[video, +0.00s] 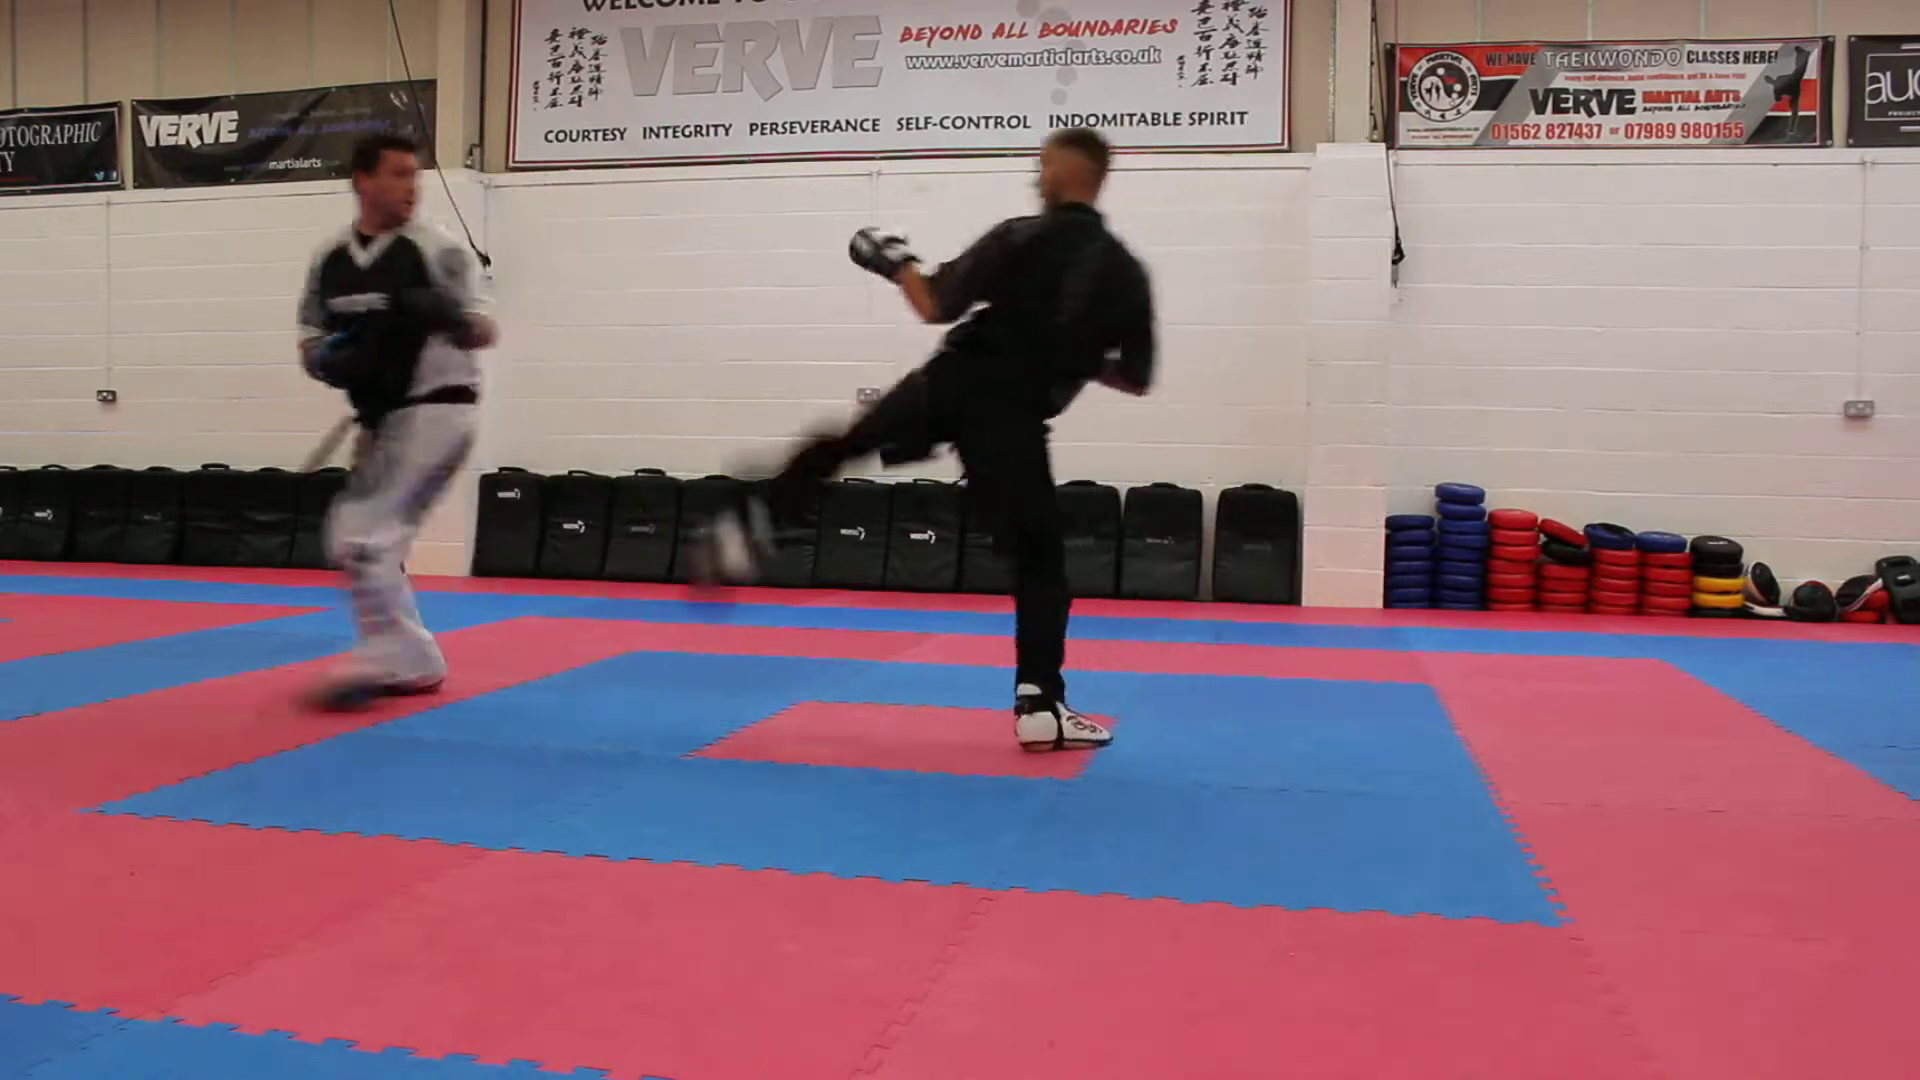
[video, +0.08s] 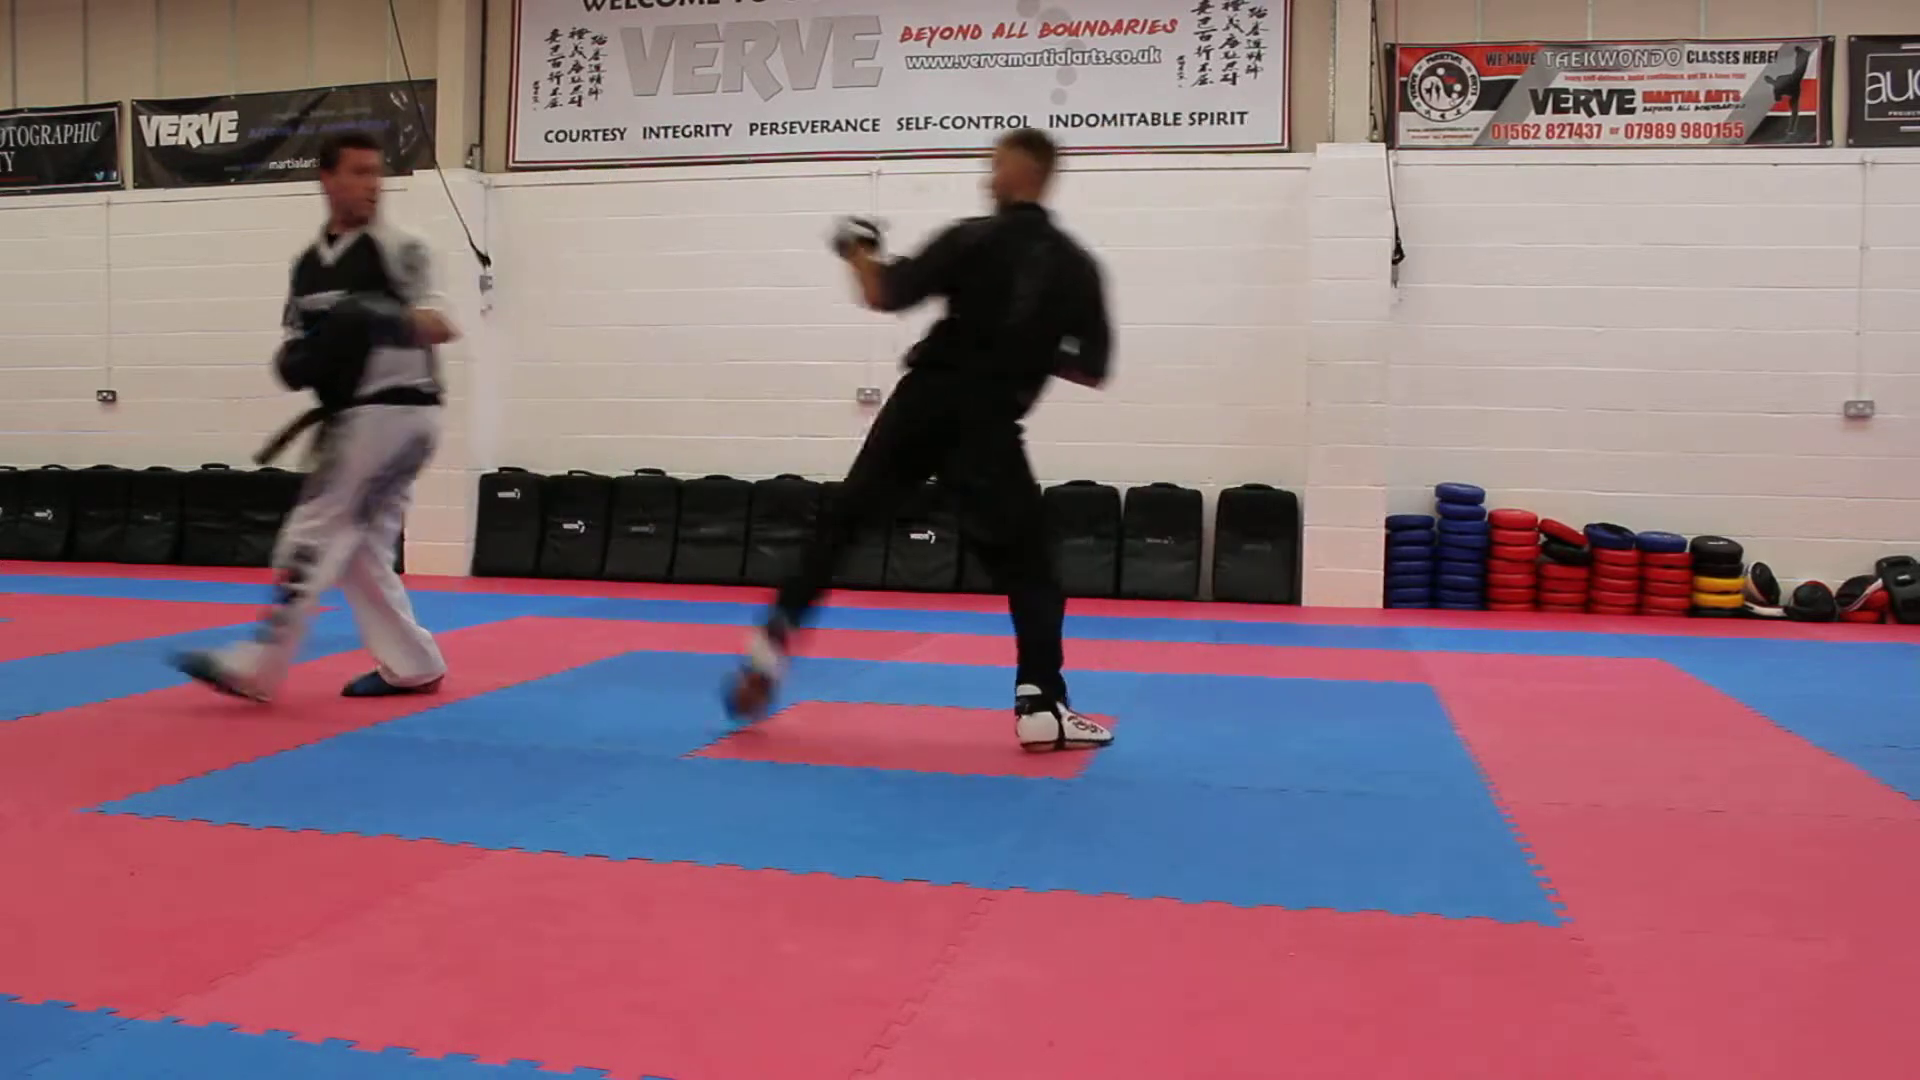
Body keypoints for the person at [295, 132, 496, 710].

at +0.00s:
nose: (411, 188)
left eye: (414, 176)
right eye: (399, 176)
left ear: (419, 180)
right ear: (362, 182)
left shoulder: (439, 250)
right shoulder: (331, 264)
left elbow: (483, 330)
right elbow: (312, 346)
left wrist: (435, 311)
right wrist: (338, 357)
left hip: (440, 411)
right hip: (380, 416)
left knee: (365, 529)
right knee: (360, 537)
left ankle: (400, 653)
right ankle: (400, 659)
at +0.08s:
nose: (372, 185)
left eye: (376, 174)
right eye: (359, 174)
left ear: (382, 180)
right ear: (327, 181)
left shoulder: (399, 248)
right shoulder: (310, 265)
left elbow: (439, 325)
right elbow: (289, 362)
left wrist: (363, 314)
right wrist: (321, 348)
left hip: (400, 412)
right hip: (352, 414)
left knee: (314, 532)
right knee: (358, 550)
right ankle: (410, 663)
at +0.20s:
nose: (256, 194)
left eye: (265, 179)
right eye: (254, 181)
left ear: (302, 178)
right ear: (285, 184)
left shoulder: (331, 240)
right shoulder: (307, 245)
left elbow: (347, 327)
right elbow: (307, 335)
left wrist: (265, 362)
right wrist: (259, 367)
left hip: (329, 420)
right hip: (365, 422)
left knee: (250, 541)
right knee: (338, 552)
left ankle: (190, 666)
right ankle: (408, 660)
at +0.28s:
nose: (212, 203)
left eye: (215, 192)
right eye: (213, 192)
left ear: (230, 191)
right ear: (264, 189)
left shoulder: (258, 233)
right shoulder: (296, 235)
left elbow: (280, 323)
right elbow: (307, 330)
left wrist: (242, 372)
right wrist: (236, 354)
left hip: (300, 423)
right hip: (346, 424)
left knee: (212, 538)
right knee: (320, 553)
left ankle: (182, 675)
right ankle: (403, 656)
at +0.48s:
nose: (177, 213)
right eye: (173, 206)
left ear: (114, 226)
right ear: (168, 212)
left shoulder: (105, 285)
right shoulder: (221, 256)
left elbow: (74, 395)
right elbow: (287, 326)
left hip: (216, 425)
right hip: (291, 416)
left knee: (170, 547)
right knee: (283, 504)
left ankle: (178, 678)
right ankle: (322, 577)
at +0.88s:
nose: (44, 147)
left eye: (37, 138)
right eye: (38, 138)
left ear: (1, 145)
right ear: (22, 139)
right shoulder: (69, 178)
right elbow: (162, 226)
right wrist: (126, 287)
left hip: (94, 357)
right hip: (155, 320)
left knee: (96, 498)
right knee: (268, 368)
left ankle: (107, 628)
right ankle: (277, 332)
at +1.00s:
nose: (9, 177)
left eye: (7, 171)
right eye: (7, 171)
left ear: (8, 175)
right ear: (8, 174)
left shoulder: (27, 219)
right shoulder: (32, 217)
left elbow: (115, 251)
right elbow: (116, 252)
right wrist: (97, 327)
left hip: (39, 399)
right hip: (105, 367)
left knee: (61, 538)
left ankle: (87, 662)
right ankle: (241, 419)